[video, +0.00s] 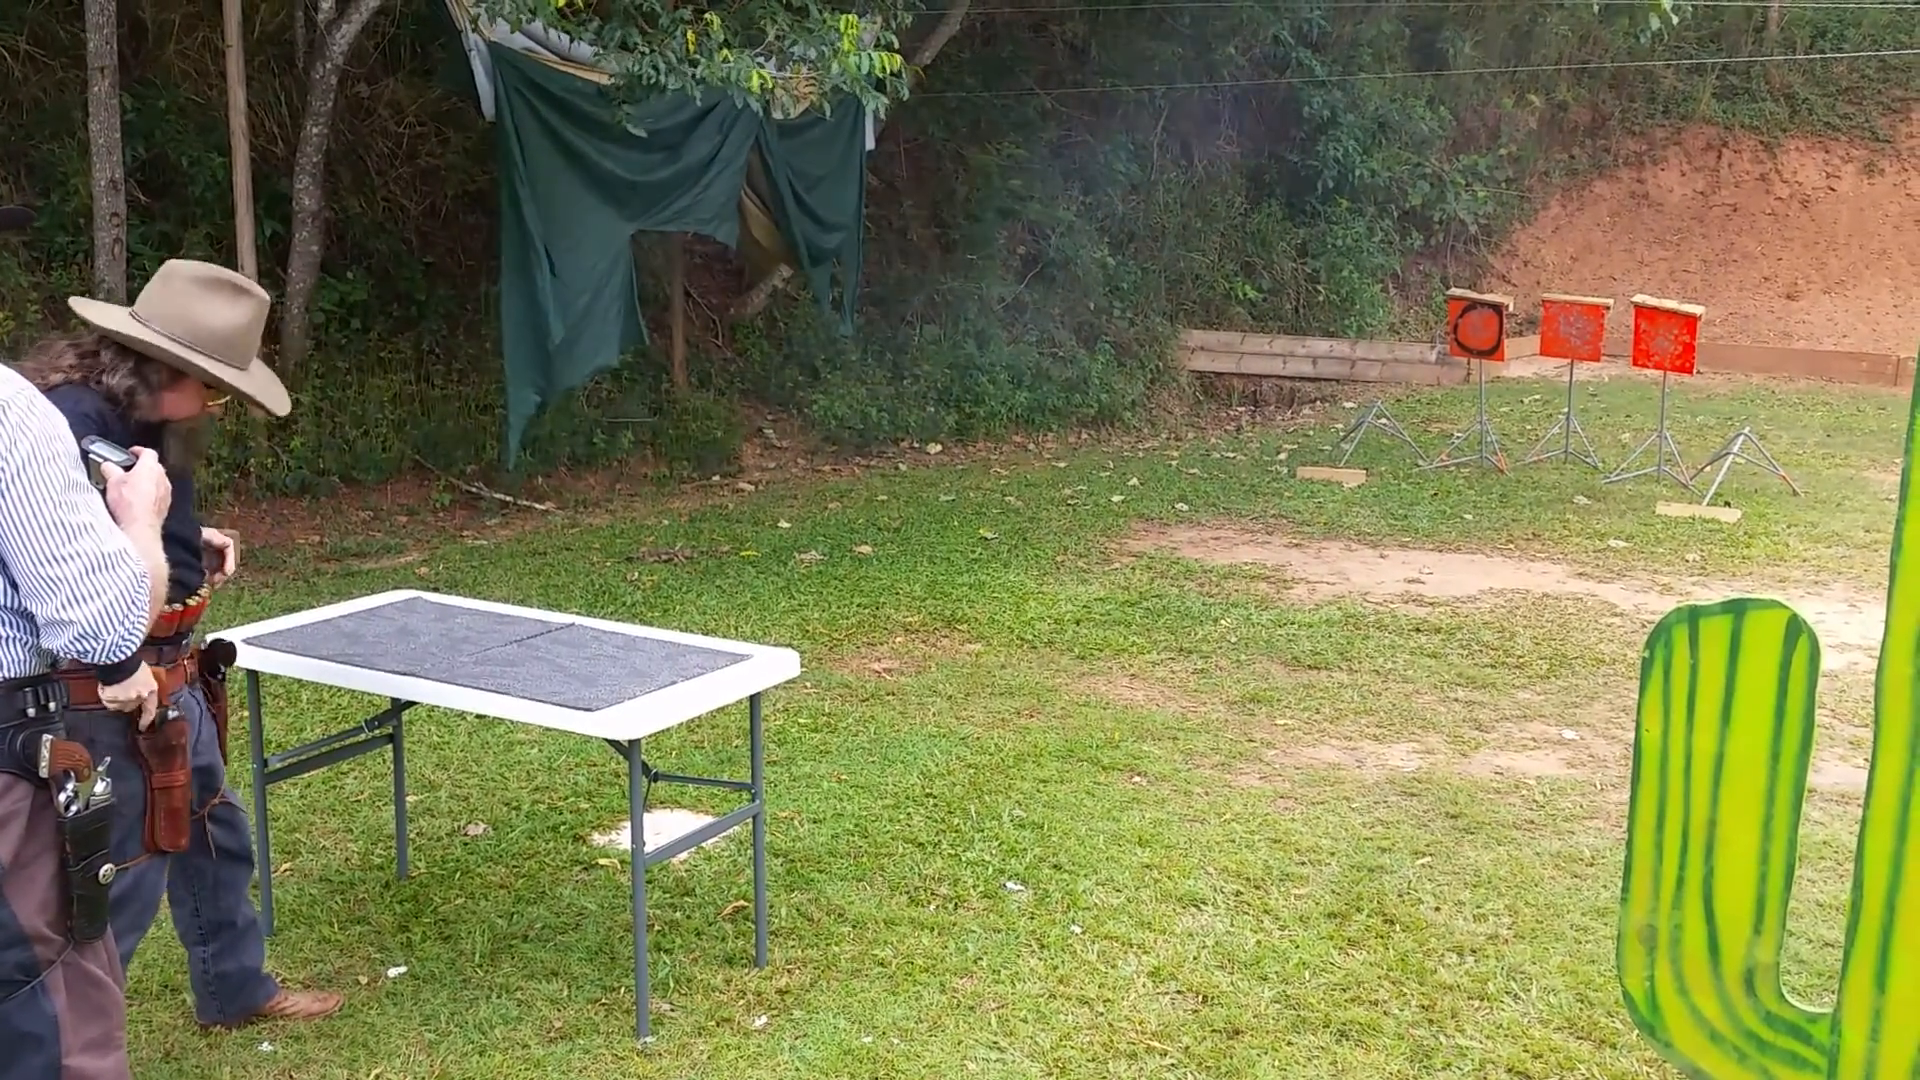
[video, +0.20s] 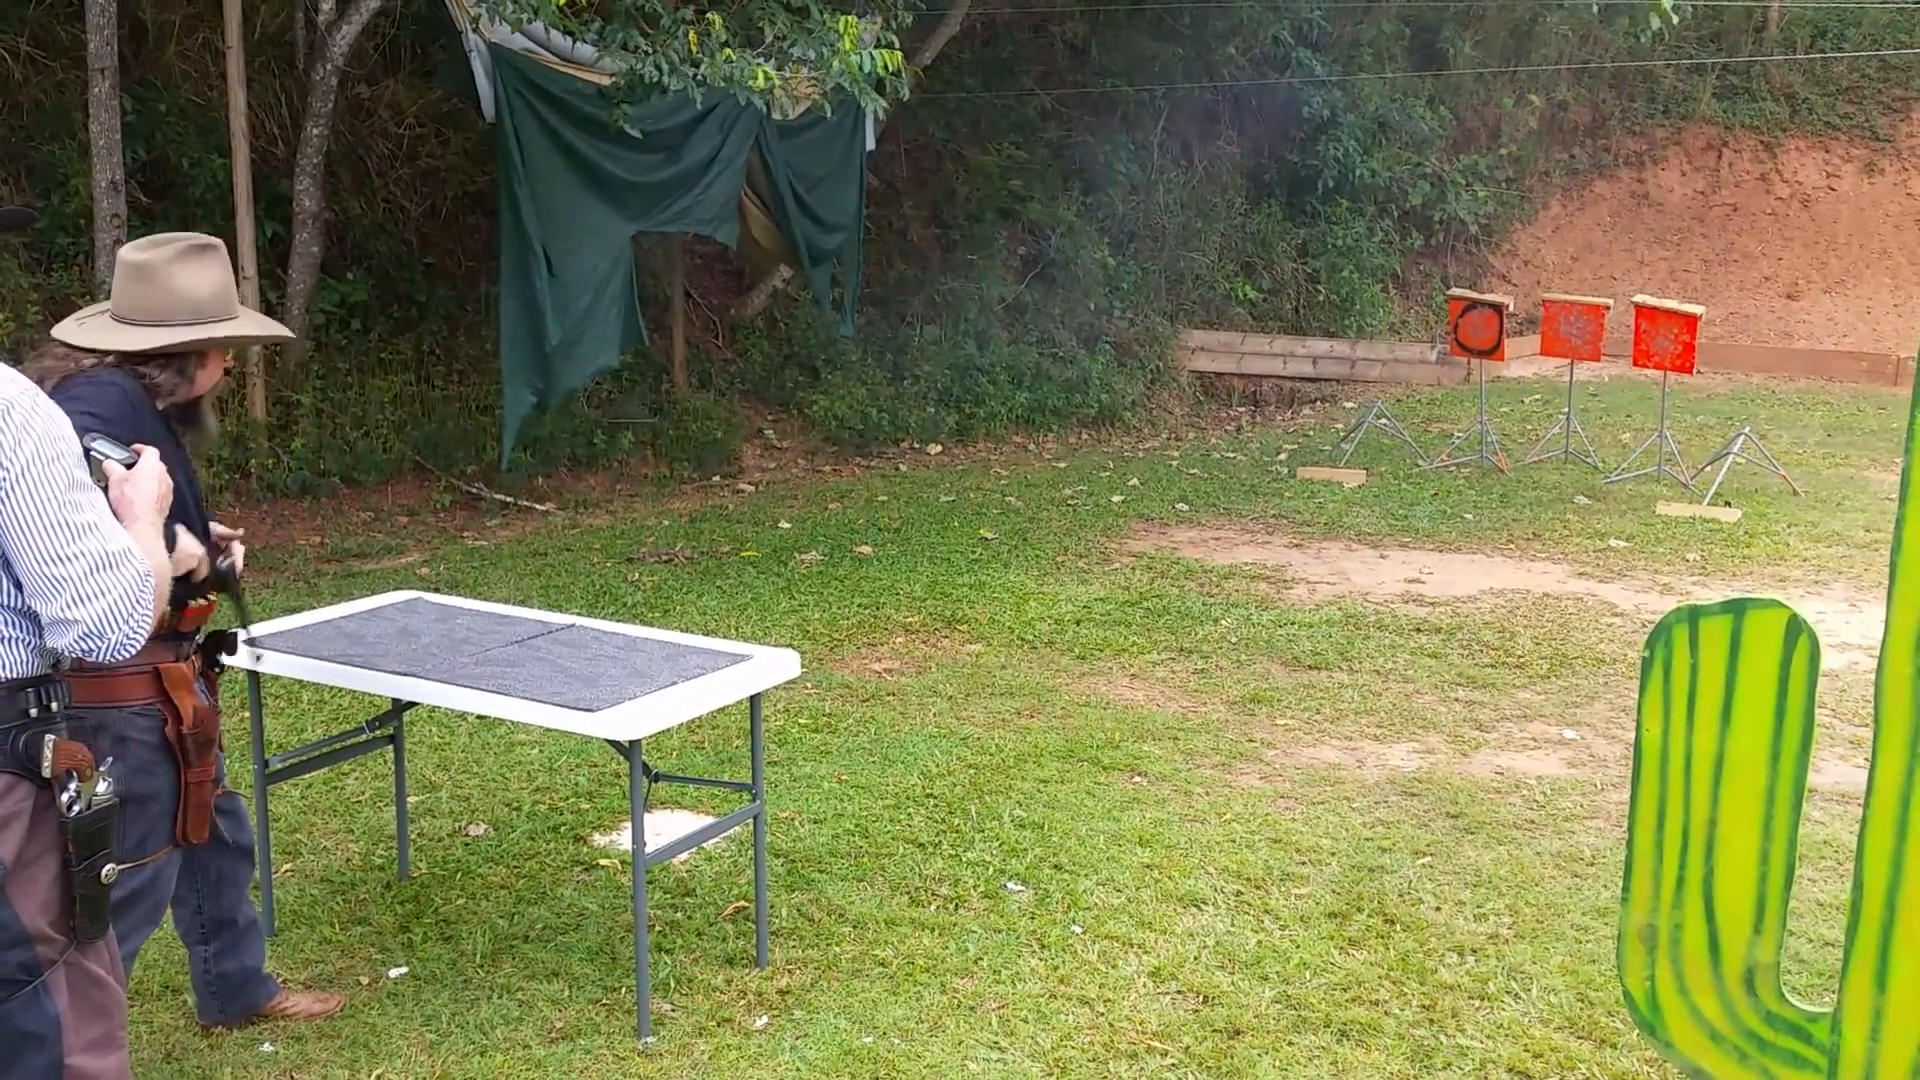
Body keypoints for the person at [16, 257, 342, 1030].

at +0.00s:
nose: (213, 408)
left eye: (219, 395)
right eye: (211, 391)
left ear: (167, 368)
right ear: (169, 372)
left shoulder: (144, 429)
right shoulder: (75, 429)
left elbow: (133, 520)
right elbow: (75, 565)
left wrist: (187, 539)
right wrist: (126, 671)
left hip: (164, 666)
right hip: (93, 686)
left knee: (210, 828)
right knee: (124, 870)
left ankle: (234, 990)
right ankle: (66, 1023)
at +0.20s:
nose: (228, 363)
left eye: (229, 349)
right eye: (223, 349)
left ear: (146, 337)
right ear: (186, 353)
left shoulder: (119, 404)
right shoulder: (111, 412)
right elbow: (147, 559)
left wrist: (202, 539)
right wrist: (203, 556)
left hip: (160, 666)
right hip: (114, 680)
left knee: (214, 829)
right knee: (131, 879)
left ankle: (236, 990)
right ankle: (64, 1035)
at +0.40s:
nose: (224, 356)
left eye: (222, 341)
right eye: (218, 341)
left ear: (133, 341)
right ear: (185, 347)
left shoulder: (103, 411)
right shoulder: (155, 420)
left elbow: (205, 488)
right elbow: (255, 525)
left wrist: (275, 466)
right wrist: (313, 490)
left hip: (150, 668)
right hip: (128, 679)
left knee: (212, 830)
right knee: (130, 878)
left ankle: (237, 993)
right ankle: (70, 1034)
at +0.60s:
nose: (241, 353)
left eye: (238, 339)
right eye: (233, 340)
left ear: (151, 345)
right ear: (196, 349)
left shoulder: (107, 406)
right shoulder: (185, 418)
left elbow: (256, 417)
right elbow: (299, 438)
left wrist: (347, 386)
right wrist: (381, 402)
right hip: (138, 674)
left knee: (212, 827)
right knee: (134, 872)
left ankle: (237, 992)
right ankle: (70, 1032)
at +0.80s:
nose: (251, 351)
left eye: (248, 338)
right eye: (243, 338)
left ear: (162, 339)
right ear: (209, 343)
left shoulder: (112, 394)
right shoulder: (193, 409)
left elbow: (268, 407)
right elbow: (304, 426)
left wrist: (361, 379)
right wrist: (397, 395)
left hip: (106, 658)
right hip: (143, 669)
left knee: (213, 828)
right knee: (134, 874)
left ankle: (240, 991)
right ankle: (71, 1033)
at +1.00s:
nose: (259, 351)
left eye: (257, 337)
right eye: (251, 337)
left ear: (172, 338)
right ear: (215, 341)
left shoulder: (118, 395)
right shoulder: (197, 409)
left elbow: (274, 406)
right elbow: (309, 428)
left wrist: (368, 379)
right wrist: (402, 399)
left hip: (114, 660)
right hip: (144, 672)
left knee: (216, 830)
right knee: (136, 872)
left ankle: (241, 994)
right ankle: (68, 1031)